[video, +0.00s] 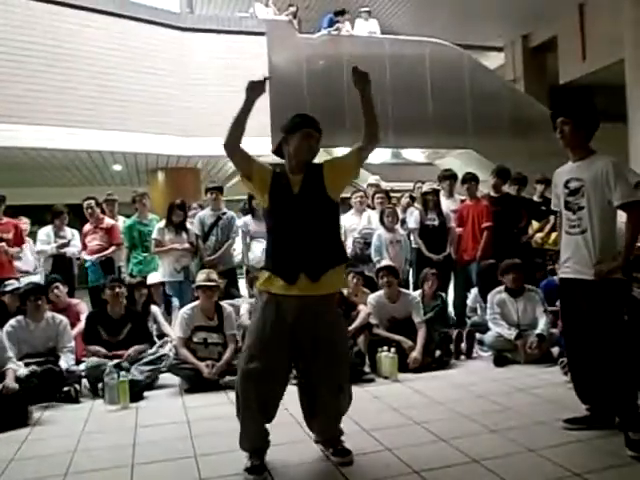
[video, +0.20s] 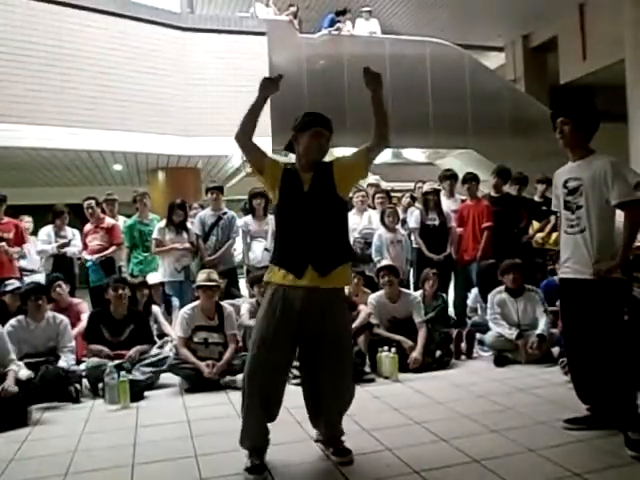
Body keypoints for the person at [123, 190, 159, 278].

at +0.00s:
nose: (144, 203)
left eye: (145, 199)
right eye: (140, 200)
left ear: (149, 202)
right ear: (135, 205)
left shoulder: (156, 220)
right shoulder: (129, 224)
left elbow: (160, 243)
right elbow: (127, 247)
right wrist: (124, 268)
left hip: (154, 266)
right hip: (136, 267)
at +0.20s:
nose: (144, 203)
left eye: (146, 199)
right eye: (140, 200)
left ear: (150, 202)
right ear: (136, 205)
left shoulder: (156, 220)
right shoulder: (130, 224)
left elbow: (160, 243)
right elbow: (127, 247)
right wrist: (125, 268)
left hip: (154, 266)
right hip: (137, 267)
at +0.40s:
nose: (144, 202)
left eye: (146, 199)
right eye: (140, 200)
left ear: (150, 202)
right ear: (136, 204)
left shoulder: (157, 220)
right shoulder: (130, 224)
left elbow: (160, 243)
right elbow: (127, 247)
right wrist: (125, 267)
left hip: (155, 265)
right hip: (138, 266)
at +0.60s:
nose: (144, 202)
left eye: (146, 199)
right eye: (140, 200)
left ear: (150, 202)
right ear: (136, 204)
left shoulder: (157, 220)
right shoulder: (130, 224)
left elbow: (161, 243)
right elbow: (127, 247)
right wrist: (125, 267)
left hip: (155, 266)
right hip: (138, 266)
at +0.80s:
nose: (144, 202)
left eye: (146, 199)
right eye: (140, 200)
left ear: (150, 202)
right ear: (136, 205)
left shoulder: (157, 220)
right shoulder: (130, 224)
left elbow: (161, 243)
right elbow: (127, 247)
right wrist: (125, 267)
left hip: (155, 266)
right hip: (138, 266)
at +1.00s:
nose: (144, 202)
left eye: (146, 199)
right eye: (140, 200)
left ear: (150, 202)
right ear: (136, 204)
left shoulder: (157, 221)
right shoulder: (130, 224)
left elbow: (161, 243)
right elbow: (127, 247)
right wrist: (124, 266)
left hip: (155, 266)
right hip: (137, 266)